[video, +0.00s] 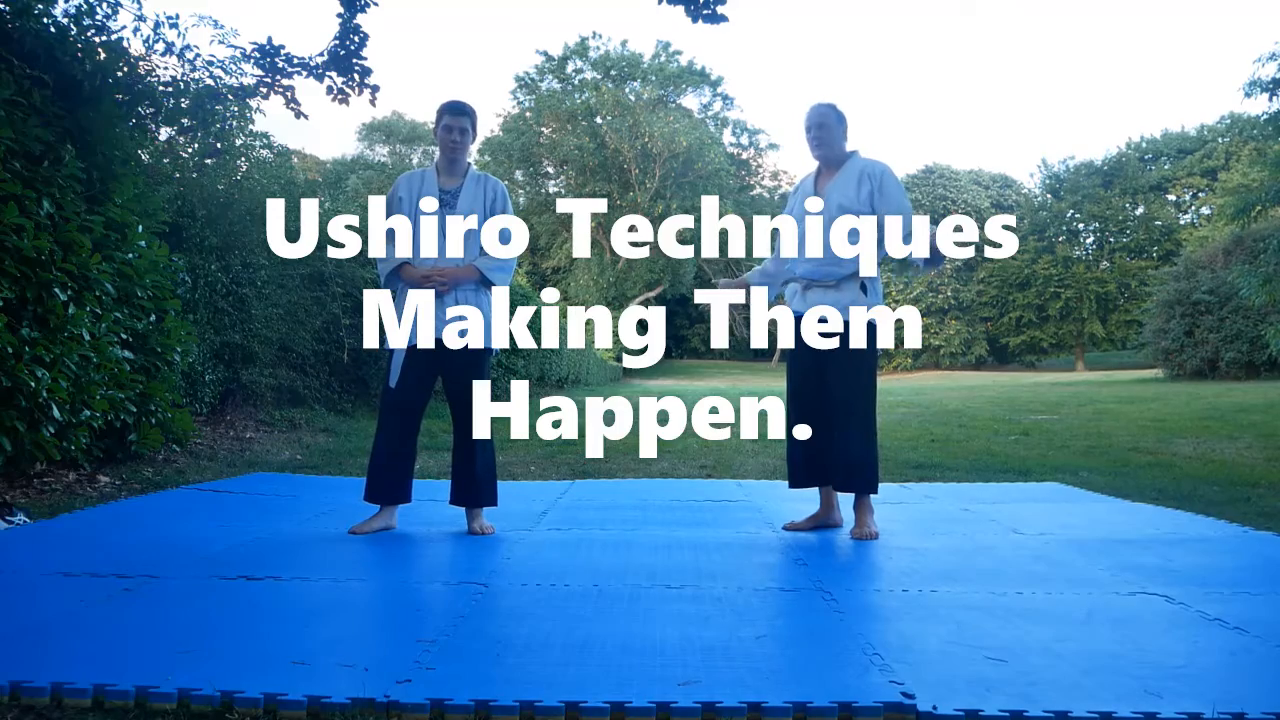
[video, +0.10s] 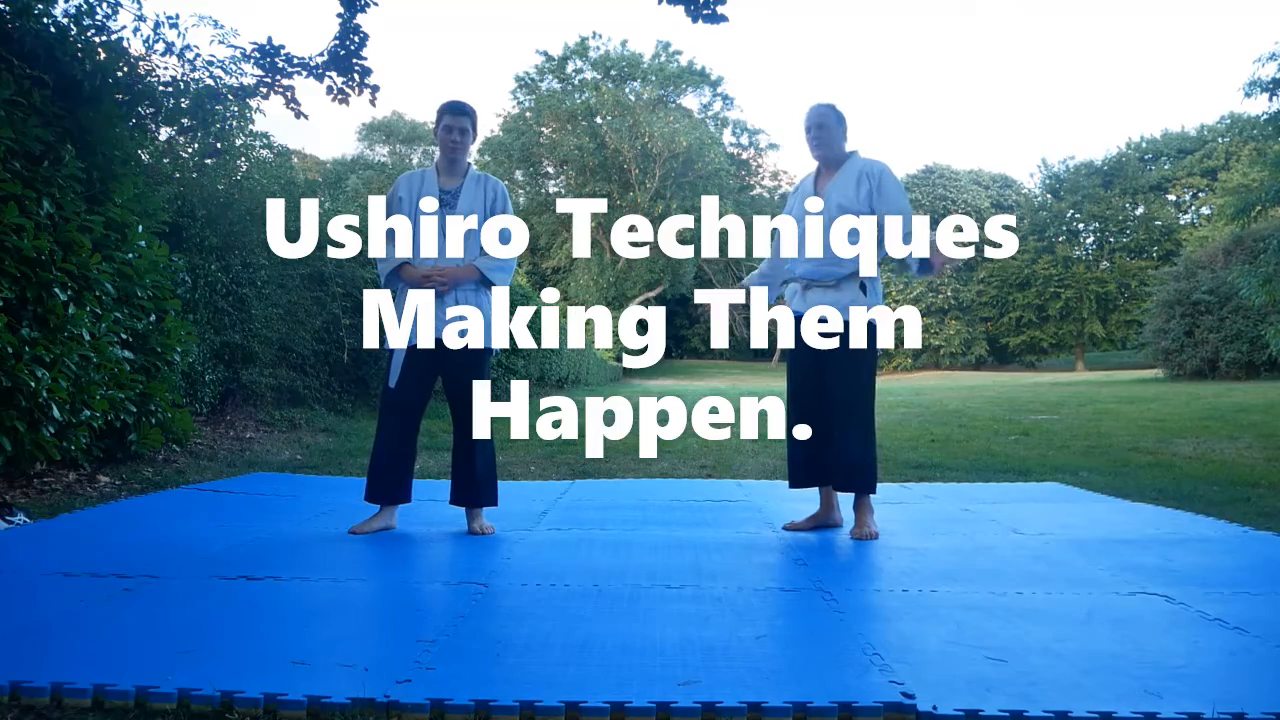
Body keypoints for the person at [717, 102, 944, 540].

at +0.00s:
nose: (814, 136)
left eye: (822, 128)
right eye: (809, 130)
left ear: (844, 131)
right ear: (805, 137)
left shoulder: (873, 174)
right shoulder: (800, 190)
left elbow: (905, 238)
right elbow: (783, 257)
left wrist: (928, 252)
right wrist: (745, 283)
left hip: (854, 309)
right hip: (806, 311)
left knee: (854, 408)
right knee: (812, 408)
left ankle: (864, 509)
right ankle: (827, 507)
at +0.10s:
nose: (815, 137)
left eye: (823, 129)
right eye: (809, 131)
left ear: (844, 131)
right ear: (804, 138)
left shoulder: (871, 174)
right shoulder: (798, 192)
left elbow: (901, 229)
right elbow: (781, 254)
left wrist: (926, 259)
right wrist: (749, 288)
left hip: (854, 308)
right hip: (806, 309)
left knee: (853, 407)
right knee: (812, 407)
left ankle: (863, 509)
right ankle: (828, 506)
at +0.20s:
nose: (814, 136)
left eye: (822, 128)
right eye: (809, 131)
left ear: (843, 132)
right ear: (804, 138)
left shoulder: (871, 174)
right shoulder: (798, 191)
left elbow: (896, 231)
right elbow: (777, 257)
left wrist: (907, 278)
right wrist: (753, 306)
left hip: (854, 308)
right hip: (804, 310)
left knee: (854, 407)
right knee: (811, 408)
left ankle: (863, 509)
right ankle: (827, 507)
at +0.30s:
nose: (813, 135)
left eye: (821, 128)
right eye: (808, 130)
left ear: (842, 132)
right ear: (803, 138)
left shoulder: (871, 175)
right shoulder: (797, 190)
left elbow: (892, 239)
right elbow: (779, 256)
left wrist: (878, 295)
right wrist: (772, 303)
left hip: (853, 305)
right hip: (803, 308)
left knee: (854, 406)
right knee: (811, 407)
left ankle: (864, 508)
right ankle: (827, 506)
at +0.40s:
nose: (810, 137)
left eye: (818, 129)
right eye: (806, 132)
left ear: (840, 132)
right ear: (800, 138)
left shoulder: (870, 175)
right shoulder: (796, 192)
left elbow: (889, 242)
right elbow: (781, 253)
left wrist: (860, 294)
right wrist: (776, 298)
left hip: (851, 305)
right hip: (802, 307)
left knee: (850, 406)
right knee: (811, 406)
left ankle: (862, 506)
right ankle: (827, 506)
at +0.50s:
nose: (808, 138)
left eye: (815, 130)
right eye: (803, 132)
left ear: (839, 132)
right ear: (798, 138)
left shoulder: (868, 175)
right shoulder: (795, 193)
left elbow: (890, 240)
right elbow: (780, 256)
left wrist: (865, 293)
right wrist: (771, 301)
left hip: (850, 306)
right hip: (800, 309)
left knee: (847, 406)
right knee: (810, 408)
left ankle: (856, 502)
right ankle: (827, 506)